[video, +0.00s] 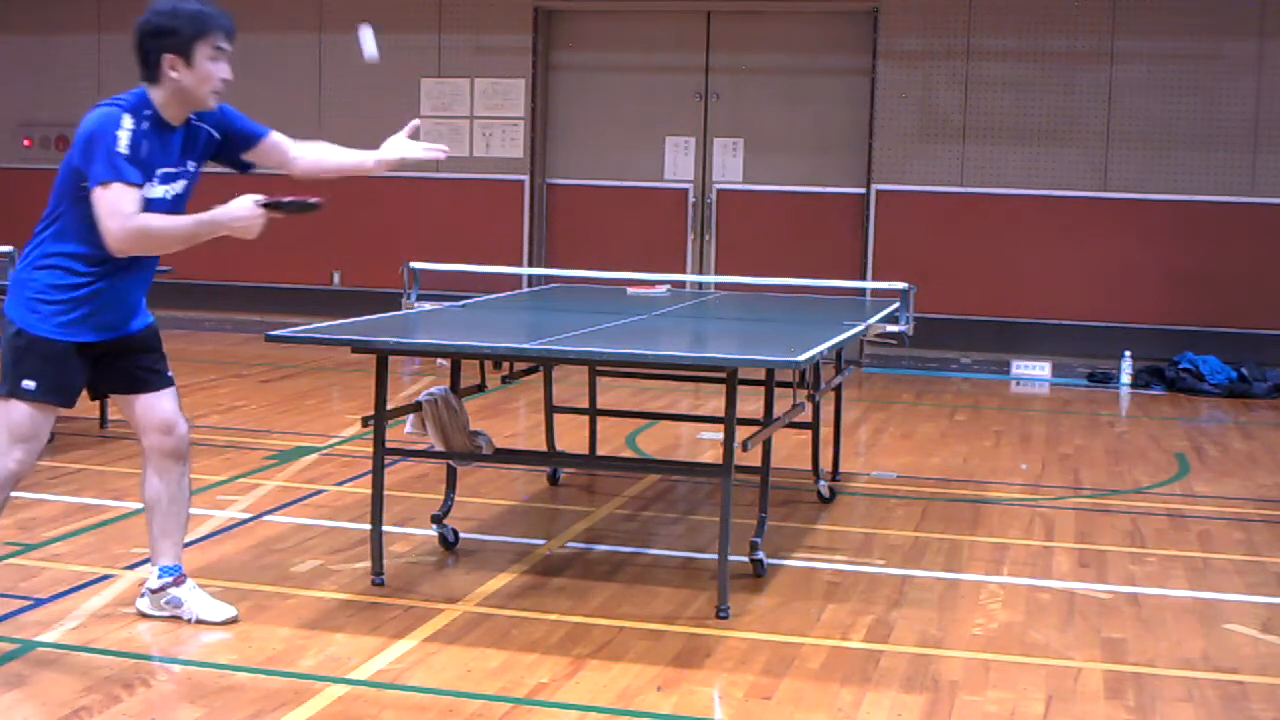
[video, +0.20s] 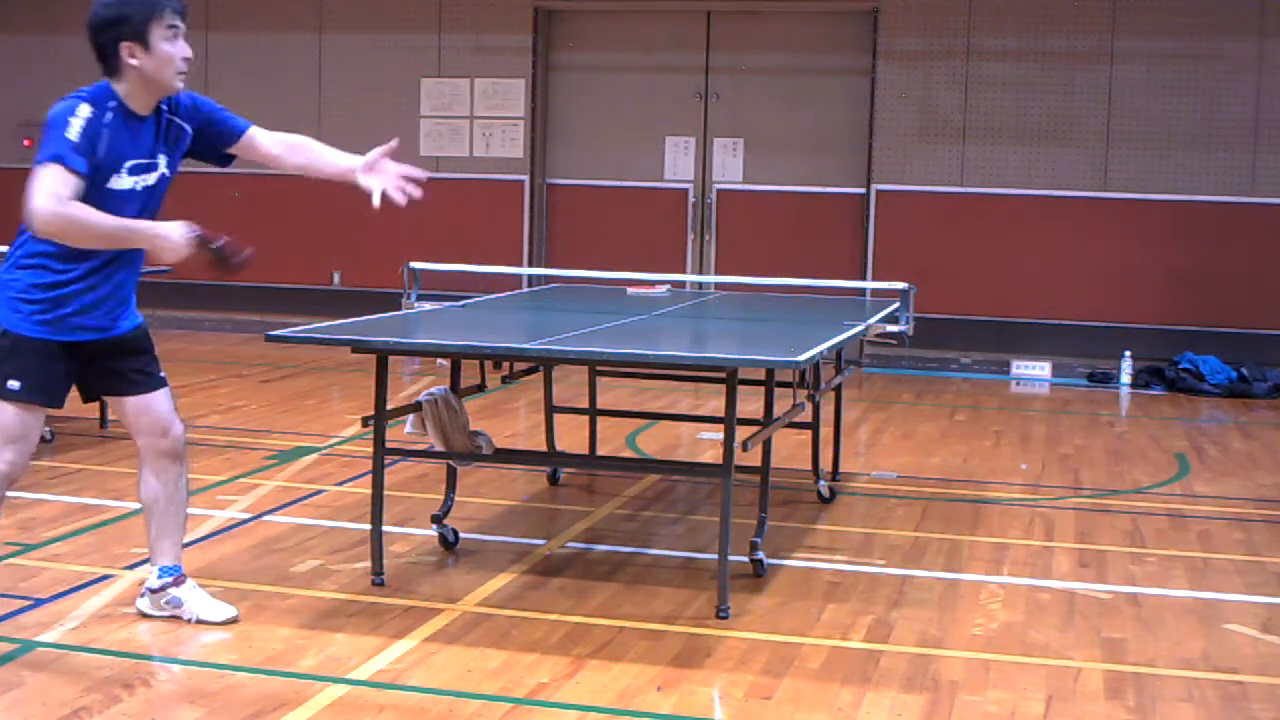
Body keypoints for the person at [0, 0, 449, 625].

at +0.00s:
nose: (227, 73)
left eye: (228, 59)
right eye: (216, 58)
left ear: (182, 66)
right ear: (170, 63)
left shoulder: (208, 123)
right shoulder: (112, 125)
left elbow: (293, 157)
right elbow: (123, 234)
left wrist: (380, 157)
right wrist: (221, 220)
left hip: (122, 311)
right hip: (47, 311)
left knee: (168, 436)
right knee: (15, 454)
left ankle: (166, 582)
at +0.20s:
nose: (186, 49)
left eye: (183, 35)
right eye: (172, 37)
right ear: (128, 53)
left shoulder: (181, 113)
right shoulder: (80, 115)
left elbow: (271, 147)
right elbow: (44, 211)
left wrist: (358, 166)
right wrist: (151, 235)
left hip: (110, 312)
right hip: (32, 311)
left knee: (164, 438)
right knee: (10, 454)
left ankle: (165, 582)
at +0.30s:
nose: (176, 53)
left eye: (173, 39)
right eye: (161, 41)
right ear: (117, 56)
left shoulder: (178, 120)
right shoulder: (65, 120)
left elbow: (263, 163)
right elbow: (7, 191)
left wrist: (342, 201)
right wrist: (73, 204)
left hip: (111, 313)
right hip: (30, 317)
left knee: (167, 439)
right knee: (9, 463)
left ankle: (164, 581)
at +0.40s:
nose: (177, 72)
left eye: (174, 57)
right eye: (161, 59)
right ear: (116, 73)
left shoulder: (179, 138)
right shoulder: (62, 128)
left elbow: (252, 197)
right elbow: (9, 186)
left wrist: (306, 250)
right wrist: (8, 164)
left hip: (111, 324)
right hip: (29, 323)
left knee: (177, 445)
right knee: (13, 473)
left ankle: (166, 582)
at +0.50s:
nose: (197, 103)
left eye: (197, 88)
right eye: (183, 87)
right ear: (136, 92)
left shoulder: (186, 166)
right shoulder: (74, 136)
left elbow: (219, 234)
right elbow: (9, 174)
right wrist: (14, 154)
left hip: (110, 331)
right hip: (30, 328)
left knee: (191, 441)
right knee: (16, 483)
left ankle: (169, 578)